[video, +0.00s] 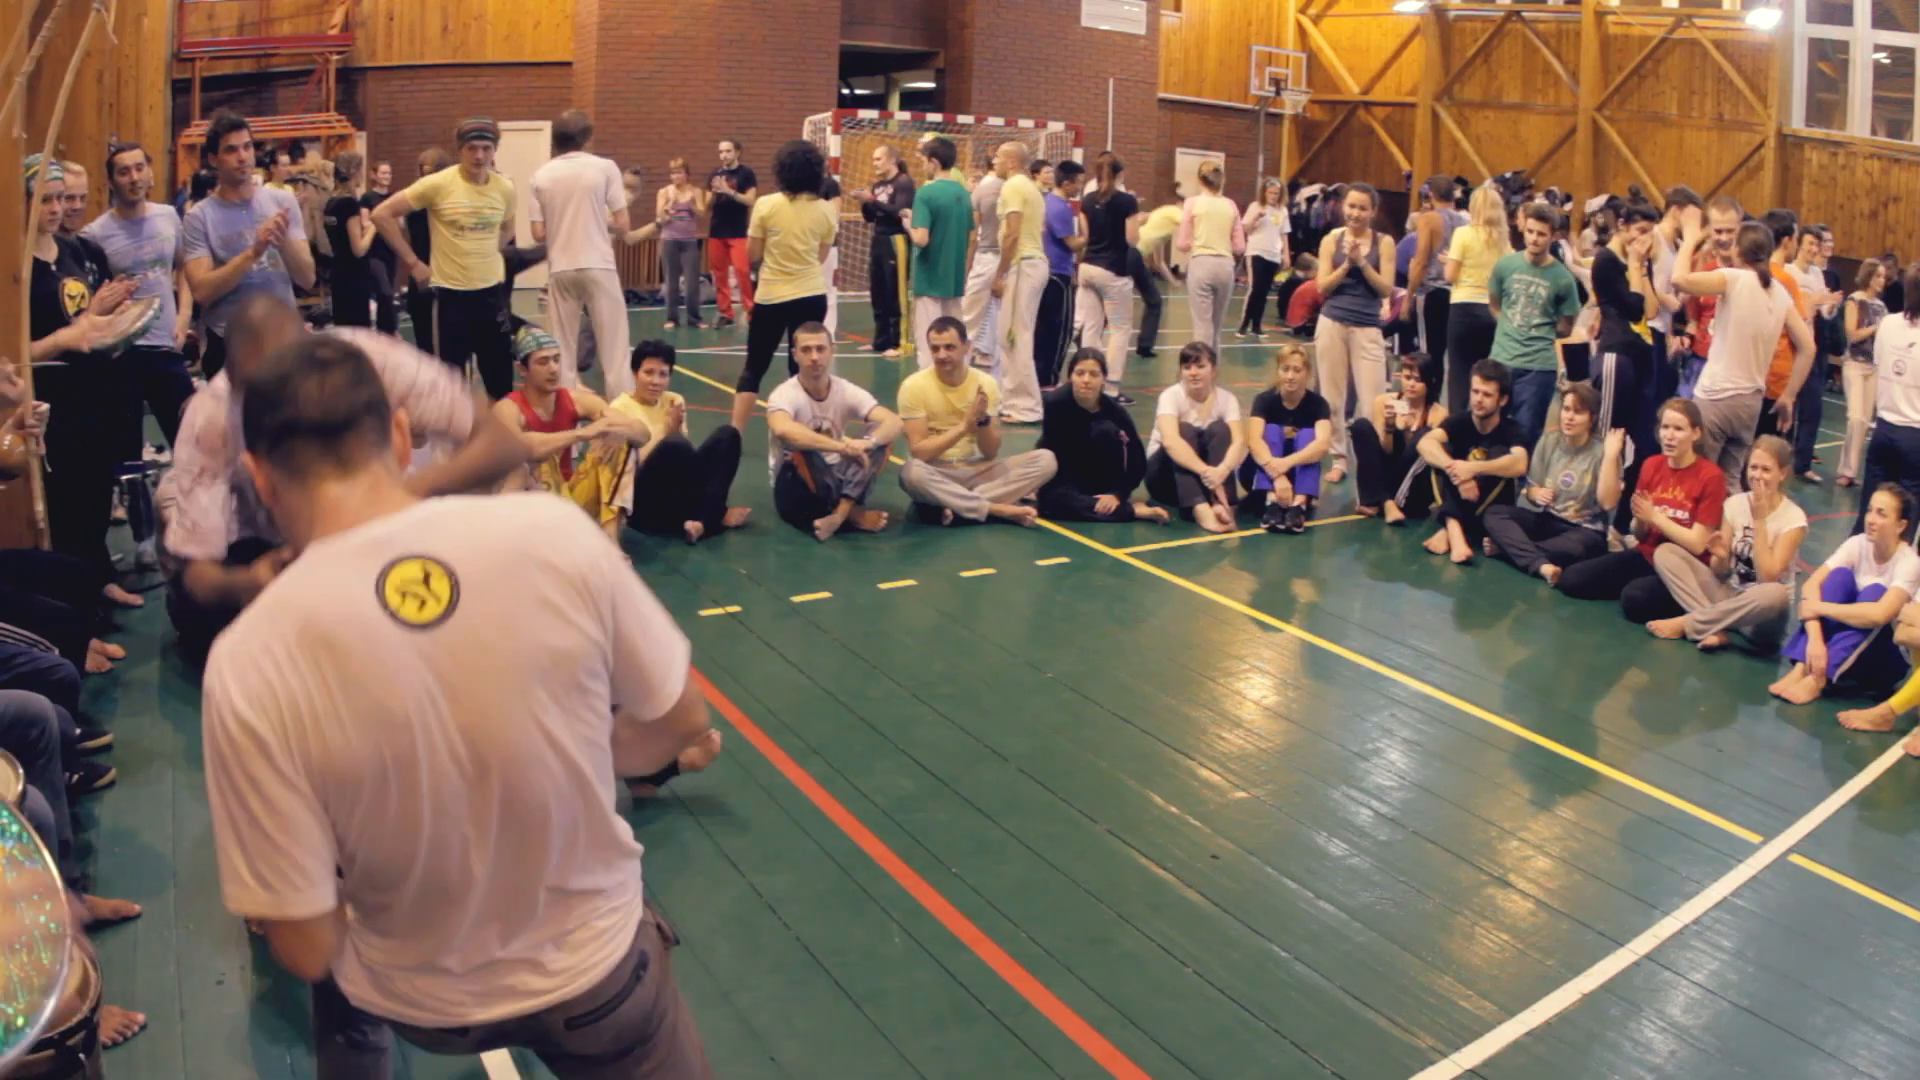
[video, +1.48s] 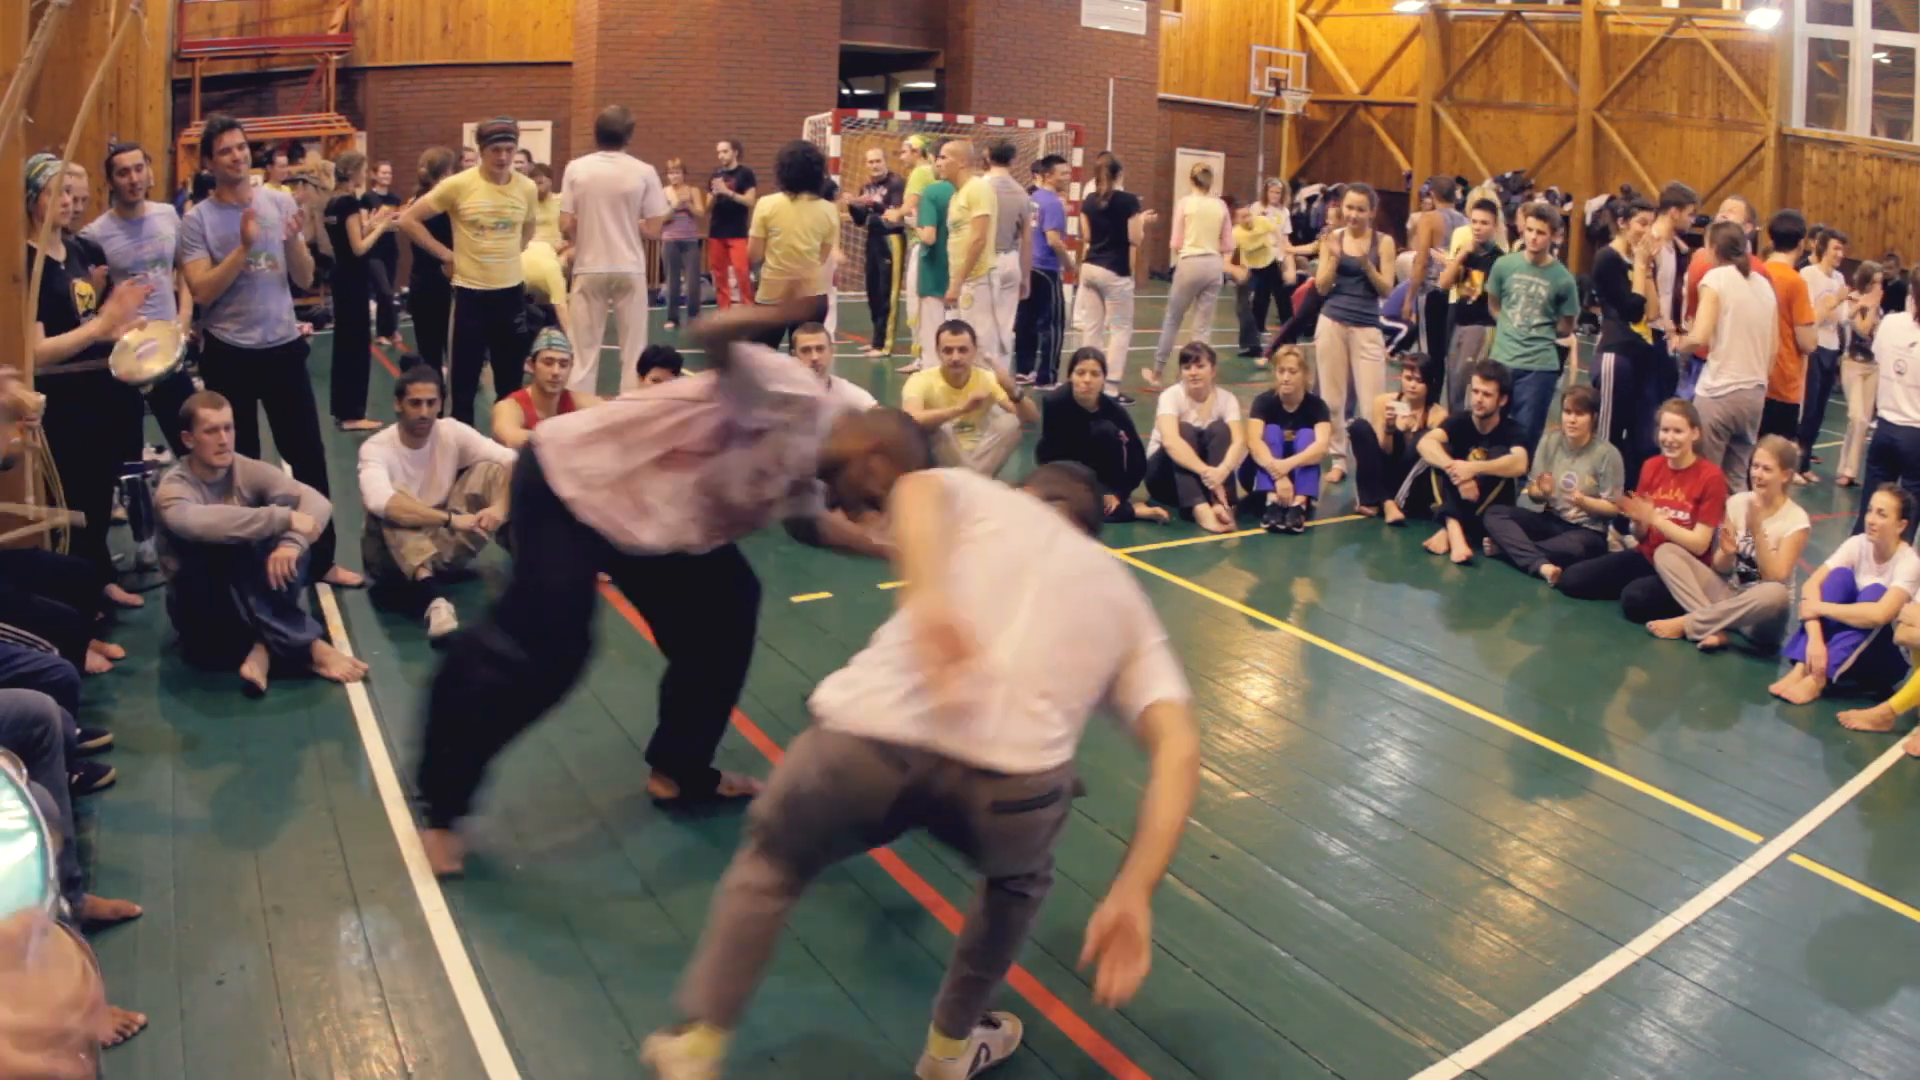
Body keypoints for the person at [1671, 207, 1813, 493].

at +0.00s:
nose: (1728, 250)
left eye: (1732, 244)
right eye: (1728, 243)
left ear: (1740, 250)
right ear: (1767, 253)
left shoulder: (1731, 278)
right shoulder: (1781, 294)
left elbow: (1681, 279)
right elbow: (1807, 347)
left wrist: (1690, 238)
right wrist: (1788, 396)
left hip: (1716, 394)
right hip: (1753, 398)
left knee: (1701, 476)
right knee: (1732, 479)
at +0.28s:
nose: (1717, 249)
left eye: (1721, 246)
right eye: (1718, 245)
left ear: (1728, 251)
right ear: (1755, 252)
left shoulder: (1727, 279)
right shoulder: (1776, 289)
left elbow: (1677, 288)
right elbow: (1797, 349)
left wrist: (1711, 252)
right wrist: (1777, 396)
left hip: (1718, 395)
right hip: (1755, 396)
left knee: (1703, 479)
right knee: (1739, 482)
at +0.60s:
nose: (1717, 258)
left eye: (1717, 251)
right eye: (1717, 251)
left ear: (1723, 253)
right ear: (1754, 251)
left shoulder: (1724, 278)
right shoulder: (1772, 287)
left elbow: (1683, 296)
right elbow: (1791, 348)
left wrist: (1696, 250)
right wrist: (1771, 394)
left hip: (1718, 394)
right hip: (1755, 395)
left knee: (1702, 479)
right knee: (1739, 481)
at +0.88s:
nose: (1717, 255)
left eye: (1717, 249)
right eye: (1717, 248)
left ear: (1722, 251)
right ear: (1753, 249)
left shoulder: (1723, 277)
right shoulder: (1771, 286)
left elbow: (1680, 296)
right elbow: (1790, 348)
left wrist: (1694, 251)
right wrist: (1768, 392)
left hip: (1717, 392)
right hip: (1755, 392)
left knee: (1704, 477)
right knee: (1737, 478)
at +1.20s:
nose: (1711, 249)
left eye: (1711, 245)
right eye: (1712, 244)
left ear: (1716, 248)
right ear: (1746, 247)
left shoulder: (1721, 276)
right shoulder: (1768, 285)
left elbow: (1676, 299)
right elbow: (1784, 348)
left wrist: (1688, 255)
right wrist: (1767, 396)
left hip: (1718, 392)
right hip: (1755, 392)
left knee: (1705, 477)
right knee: (1738, 478)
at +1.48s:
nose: (1705, 252)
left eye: (1707, 246)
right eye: (1707, 246)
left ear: (1714, 250)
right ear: (1743, 248)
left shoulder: (1714, 279)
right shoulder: (1764, 284)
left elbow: (1701, 337)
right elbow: (1773, 344)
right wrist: (1758, 377)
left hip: (1718, 390)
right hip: (1755, 391)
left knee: (1706, 476)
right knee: (1738, 476)